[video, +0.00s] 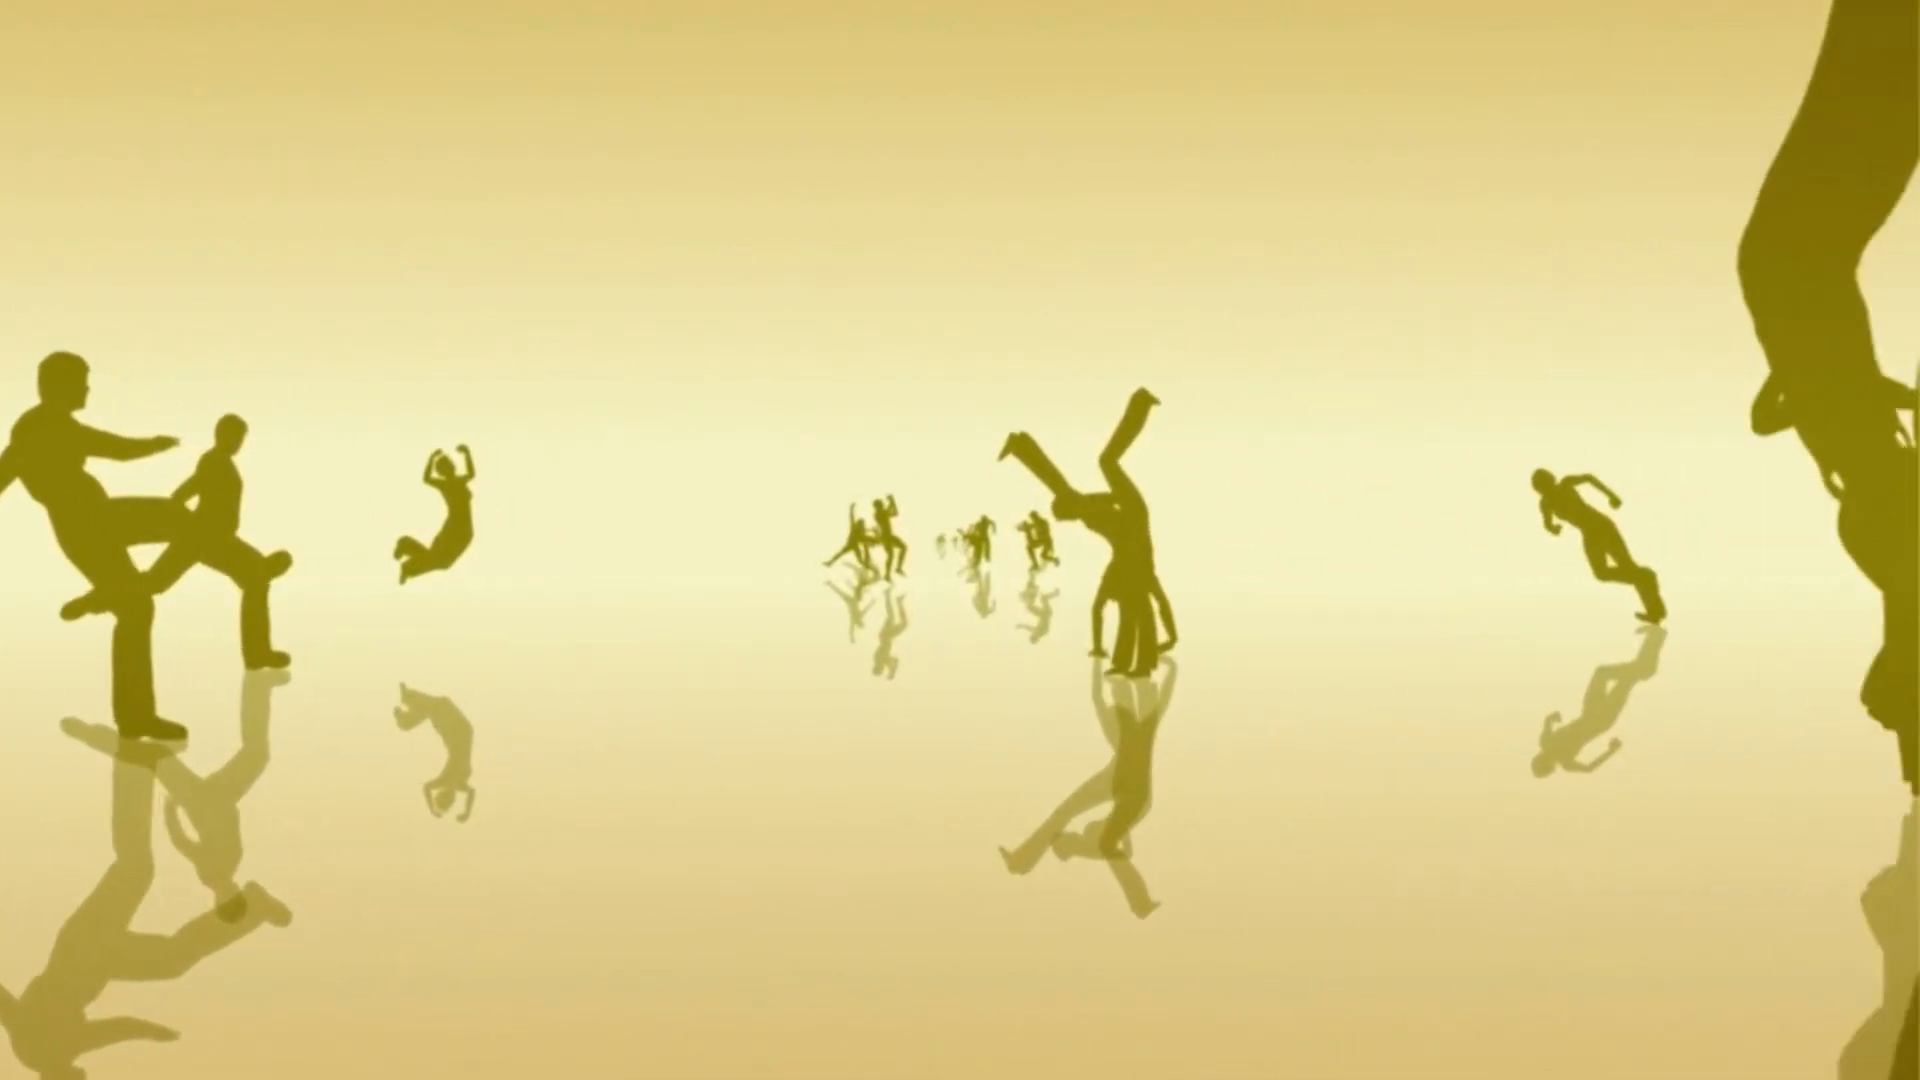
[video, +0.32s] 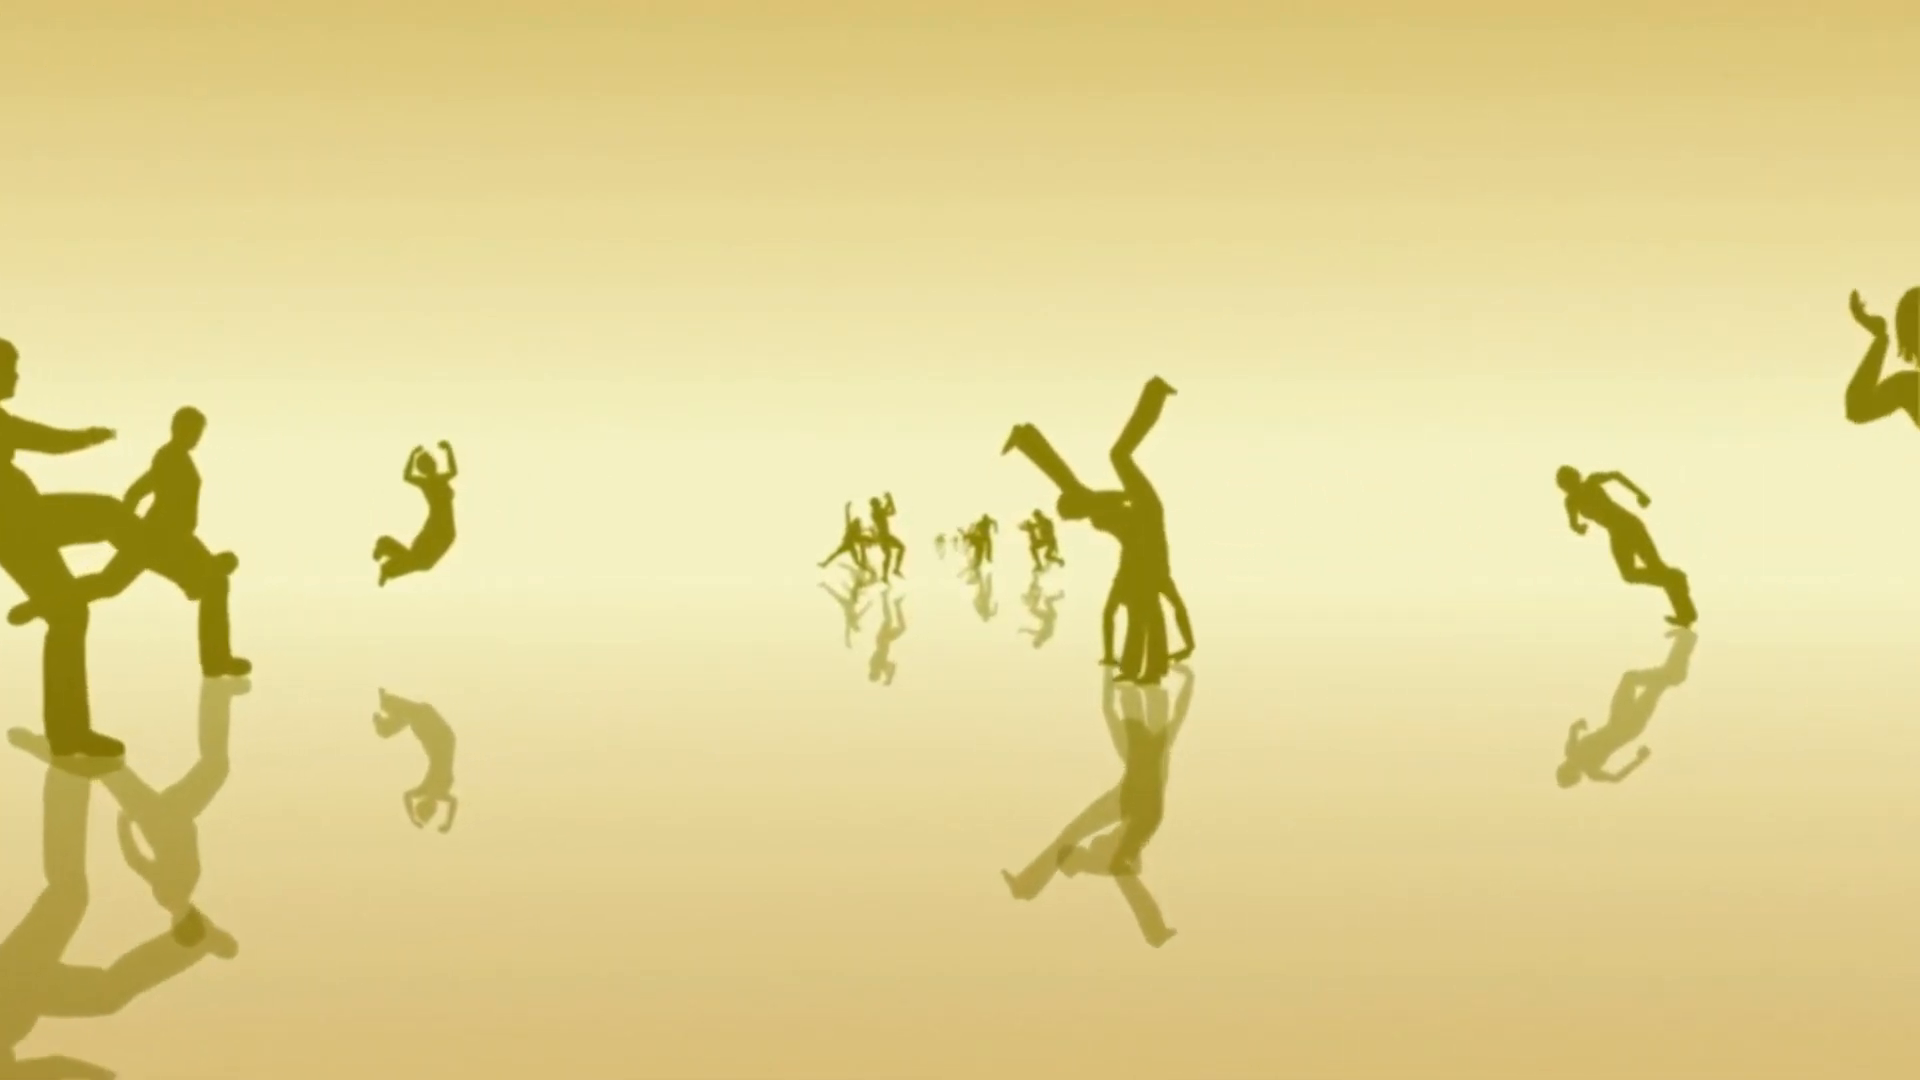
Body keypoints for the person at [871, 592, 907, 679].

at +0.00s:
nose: (880, 672)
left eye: (878, 672)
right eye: (879, 672)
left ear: (876, 668)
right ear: (878, 669)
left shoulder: (880, 658)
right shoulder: (883, 659)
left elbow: (894, 661)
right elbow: (894, 661)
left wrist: (891, 673)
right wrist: (891, 673)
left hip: (884, 634)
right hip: (889, 635)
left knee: (891, 617)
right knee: (903, 625)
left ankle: (887, 595)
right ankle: (900, 602)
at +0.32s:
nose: (877, 678)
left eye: (875, 678)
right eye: (876, 678)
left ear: (873, 673)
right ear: (875, 674)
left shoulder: (876, 663)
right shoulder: (881, 664)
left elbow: (891, 666)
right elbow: (891, 666)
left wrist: (888, 679)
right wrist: (889, 679)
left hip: (882, 637)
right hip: (887, 638)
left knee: (888, 620)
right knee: (902, 628)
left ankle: (884, 597)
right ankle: (898, 605)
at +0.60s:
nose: (872, 685)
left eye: (871, 685)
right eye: (871, 685)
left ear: (869, 680)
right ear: (871, 681)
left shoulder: (872, 669)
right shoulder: (877, 670)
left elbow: (889, 673)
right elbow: (889, 673)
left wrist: (885, 686)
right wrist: (886, 686)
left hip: (878, 643)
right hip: (884, 644)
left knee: (885, 624)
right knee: (900, 632)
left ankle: (881, 599)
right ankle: (895, 608)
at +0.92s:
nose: (870, 691)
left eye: (868, 691)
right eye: (869, 692)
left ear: (865, 686)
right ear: (867, 687)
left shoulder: (869, 674)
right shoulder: (873, 676)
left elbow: (886, 678)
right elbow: (885, 679)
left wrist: (883, 692)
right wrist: (883, 692)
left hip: (875, 647)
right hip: (881, 648)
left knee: (882, 627)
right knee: (898, 635)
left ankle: (878, 601)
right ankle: (893, 611)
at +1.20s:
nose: (864, 699)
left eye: (863, 699)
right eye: (864, 700)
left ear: (860, 693)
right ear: (863, 694)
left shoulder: (864, 682)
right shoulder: (870, 684)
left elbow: (882, 685)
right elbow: (882, 686)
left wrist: (879, 700)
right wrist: (879, 700)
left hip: (870, 654)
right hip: (877, 654)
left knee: (878, 632)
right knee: (895, 641)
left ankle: (874, 605)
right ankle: (889, 615)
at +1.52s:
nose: (862, 707)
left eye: (860, 707)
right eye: (860, 707)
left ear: (857, 701)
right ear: (859, 702)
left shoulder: (860, 689)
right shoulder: (866, 691)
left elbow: (879, 693)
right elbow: (879, 693)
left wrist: (876, 708)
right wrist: (876, 708)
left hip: (867, 660)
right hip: (874, 660)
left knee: (874, 636)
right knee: (892, 645)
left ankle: (870, 608)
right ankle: (886, 618)